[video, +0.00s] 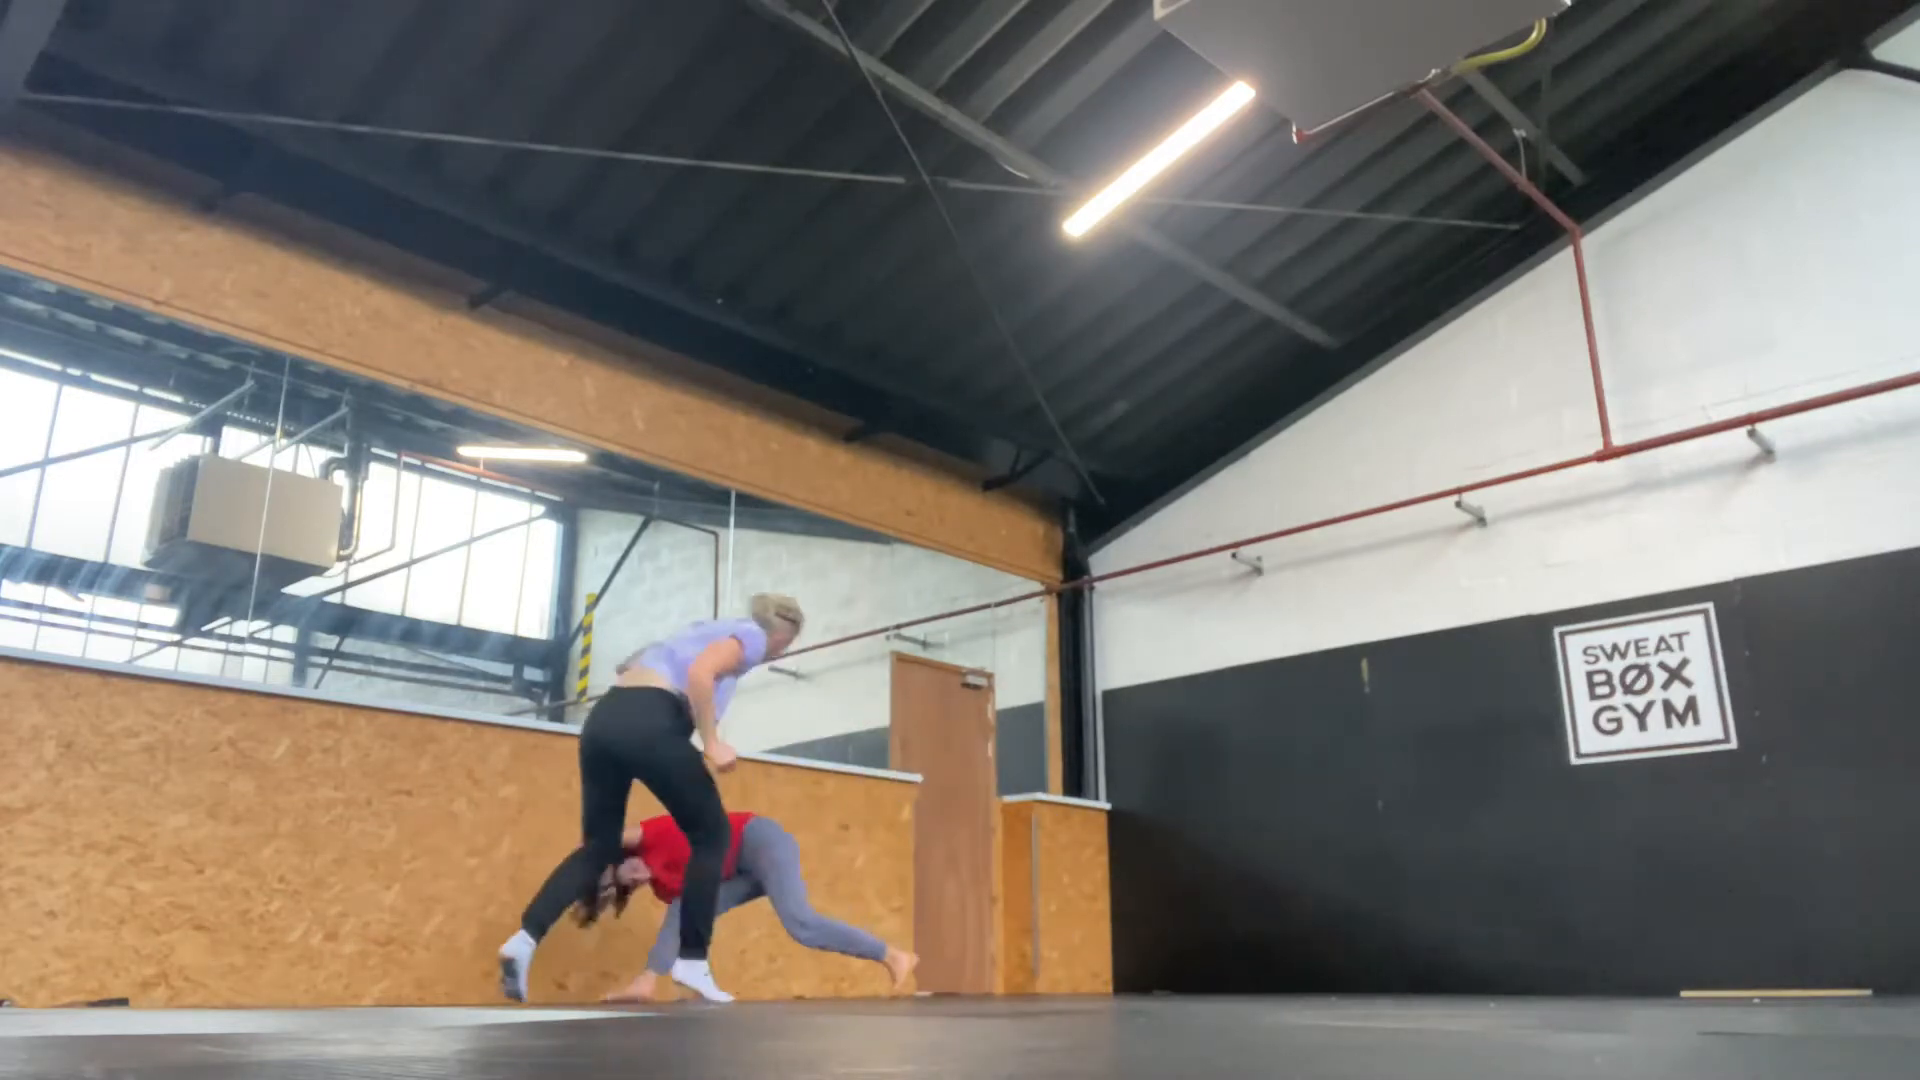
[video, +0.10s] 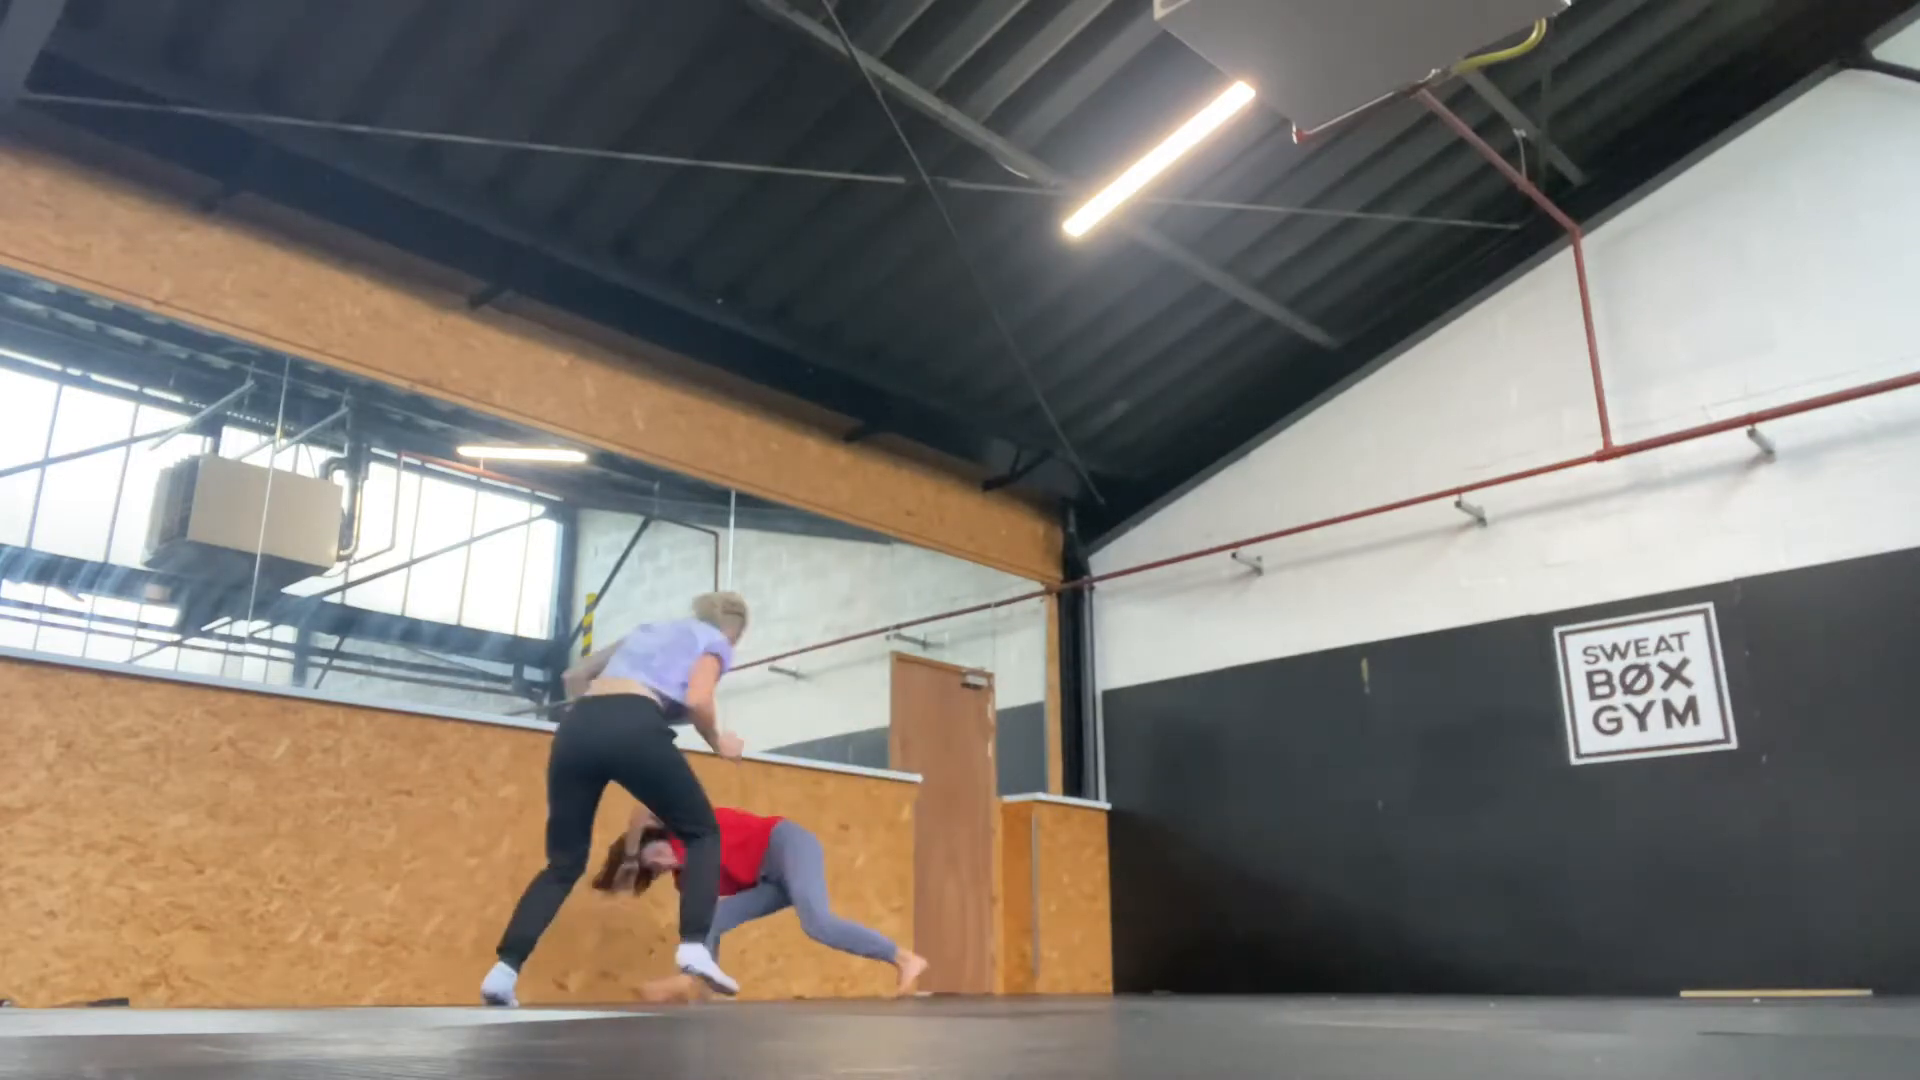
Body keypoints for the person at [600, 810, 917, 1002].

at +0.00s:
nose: (626, 881)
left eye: (619, 875)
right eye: (620, 884)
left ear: (620, 861)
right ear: (623, 883)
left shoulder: (648, 839)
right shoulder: (667, 886)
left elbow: (614, 836)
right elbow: (680, 925)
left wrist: (588, 862)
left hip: (758, 837)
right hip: (739, 875)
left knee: (801, 924)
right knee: (679, 909)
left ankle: (894, 957)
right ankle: (647, 982)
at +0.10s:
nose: (658, 866)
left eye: (653, 857)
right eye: (651, 868)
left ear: (654, 838)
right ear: (654, 872)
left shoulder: (687, 825)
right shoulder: (693, 880)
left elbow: (645, 809)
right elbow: (724, 905)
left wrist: (627, 849)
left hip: (787, 842)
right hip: (772, 884)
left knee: (817, 924)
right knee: (711, 915)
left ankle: (905, 960)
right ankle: (696, 981)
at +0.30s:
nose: (712, 846)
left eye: (711, 837)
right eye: (704, 849)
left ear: (722, 826)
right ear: (705, 857)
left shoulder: (750, 817)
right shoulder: (729, 885)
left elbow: (761, 764)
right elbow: (731, 940)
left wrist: (727, 783)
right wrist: (712, 986)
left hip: (839, 868)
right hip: (811, 902)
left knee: (826, 918)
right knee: (770, 944)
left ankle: (905, 961)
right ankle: (838, 951)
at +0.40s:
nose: (746, 849)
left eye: (749, 839)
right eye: (738, 847)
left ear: (762, 831)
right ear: (735, 856)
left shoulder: (791, 828)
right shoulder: (751, 886)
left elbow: (839, 799)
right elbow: (742, 939)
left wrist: (826, 790)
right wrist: (720, 983)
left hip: (870, 887)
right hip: (837, 920)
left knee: (840, 895)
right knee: (803, 955)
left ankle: (899, 956)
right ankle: (852, 964)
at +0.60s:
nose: (836, 839)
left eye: (841, 831)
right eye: (828, 834)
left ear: (852, 830)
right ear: (819, 838)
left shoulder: (878, 846)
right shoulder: (814, 867)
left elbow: (924, 881)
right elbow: (780, 904)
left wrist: (964, 921)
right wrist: (749, 928)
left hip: (901, 916)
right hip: (856, 927)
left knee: (893, 936)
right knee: (820, 944)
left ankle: (892, 964)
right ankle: (862, 971)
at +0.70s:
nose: (883, 836)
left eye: (890, 828)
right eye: (877, 829)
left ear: (903, 824)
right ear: (868, 824)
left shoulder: (920, 847)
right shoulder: (856, 837)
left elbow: (952, 903)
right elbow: (820, 859)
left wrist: (984, 956)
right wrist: (829, 851)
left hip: (910, 923)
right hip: (864, 923)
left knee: (897, 952)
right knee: (824, 942)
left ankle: (893, 984)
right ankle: (865, 970)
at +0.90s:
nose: (1031, 850)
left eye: (1037, 846)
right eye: (1035, 839)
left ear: (1035, 845)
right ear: (1022, 821)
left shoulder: (1000, 874)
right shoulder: (984, 819)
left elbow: (992, 926)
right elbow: (1026, 832)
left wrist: (995, 985)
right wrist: (1079, 842)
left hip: (930, 910)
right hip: (897, 887)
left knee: (937, 906)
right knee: (840, 938)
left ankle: (909, 975)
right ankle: (860, 963)